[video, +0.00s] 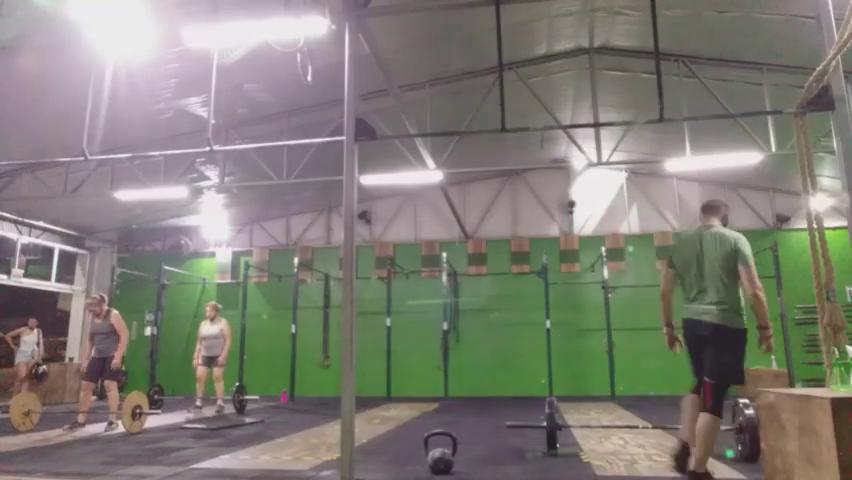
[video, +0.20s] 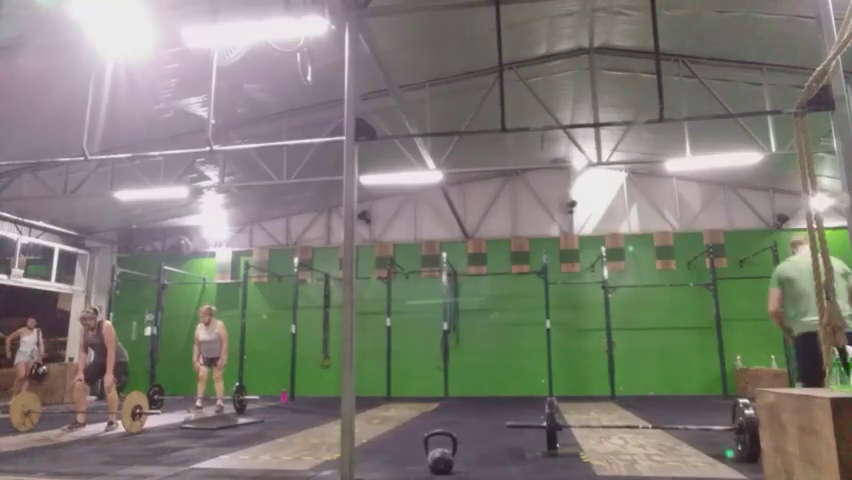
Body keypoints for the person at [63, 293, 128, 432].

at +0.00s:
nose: (93, 312)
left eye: (95, 309)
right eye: (91, 310)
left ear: (102, 305)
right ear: (90, 308)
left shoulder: (113, 315)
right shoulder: (92, 318)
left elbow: (124, 335)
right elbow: (90, 340)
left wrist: (118, 356)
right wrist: (85, 359)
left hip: (111, 356)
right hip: (96, 356)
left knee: (110, 385)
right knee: (86, 385)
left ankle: (112, 420)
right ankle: (81, 419)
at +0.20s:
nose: (88, 327)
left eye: (90, 324)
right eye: (85, 325)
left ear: (96, 319)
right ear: (82, 322)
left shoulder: (106, 326)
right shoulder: (85, 330)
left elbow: (111, 350)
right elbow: (83, 351)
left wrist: (109, 373)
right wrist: (80, 372)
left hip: (117, 361)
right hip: (100, 361)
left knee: (108, 384)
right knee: (79, 384)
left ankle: (112, 420)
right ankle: (80, 420)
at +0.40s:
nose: (83, 320)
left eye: (86, 317)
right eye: (81, 317)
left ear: (95, 318)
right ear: (80, 319)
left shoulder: (104, 330)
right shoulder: (83, 334)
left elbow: (108, 355)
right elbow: (80, 356)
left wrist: (107, 377)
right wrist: (77, 376)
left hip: (118, 361)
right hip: (100, 361)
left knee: (108, 385)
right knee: (81, 384)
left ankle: (112, 420)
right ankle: (80, 420)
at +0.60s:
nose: (82, 322)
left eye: (85, 319)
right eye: (80, 319)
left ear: (94, 320)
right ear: (79, 321)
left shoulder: (104, 331)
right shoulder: (82, 334)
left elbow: (107, 355)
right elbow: (80, 356)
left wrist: (107, 377)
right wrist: (76, 377)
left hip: (118, 361)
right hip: (101, 361)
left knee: (108, 385)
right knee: (81, 384)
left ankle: (112, 421)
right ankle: (80, 420)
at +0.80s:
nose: (82, 323)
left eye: (86, 320)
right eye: (81, 320)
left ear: (93, 321)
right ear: (79, 321)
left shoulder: (104, 331)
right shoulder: (83, 334)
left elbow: (108, 355)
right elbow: (80, 355)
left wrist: (107, 378)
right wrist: (77, 376)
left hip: (118, 360)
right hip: (101, 360)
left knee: (108, 385)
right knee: (81, 384)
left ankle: (112, 420)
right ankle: (80, 420)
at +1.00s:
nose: (82, 332)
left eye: (83, 329)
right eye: (80, 330)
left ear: (91, 325)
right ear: (80, 329)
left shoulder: (105, 333)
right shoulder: (84, 336)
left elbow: (111, 357)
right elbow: (80, 357)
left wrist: (111, 379)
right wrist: (74, 379)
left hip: (119, 360)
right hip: (102, 361)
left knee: (109, 387)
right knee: (81, 385)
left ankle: (112, 421)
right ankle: (80, 420)